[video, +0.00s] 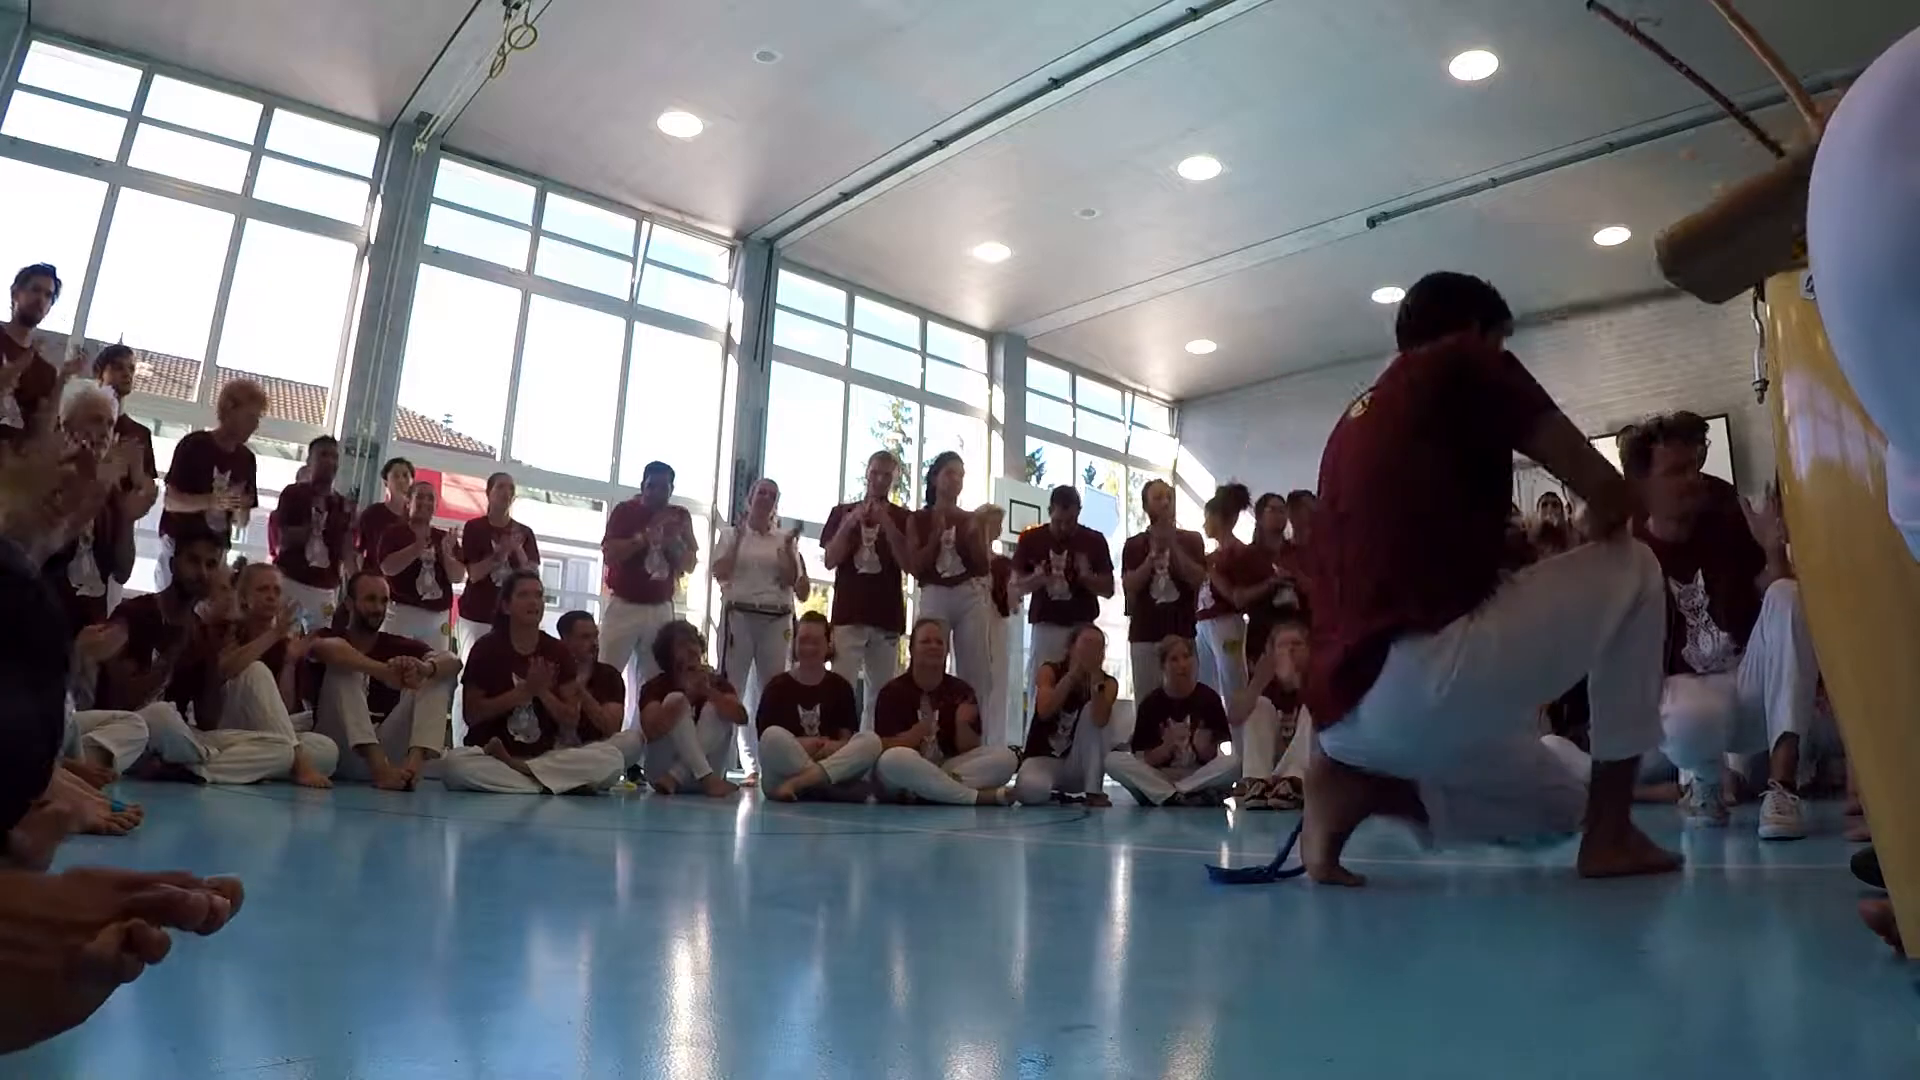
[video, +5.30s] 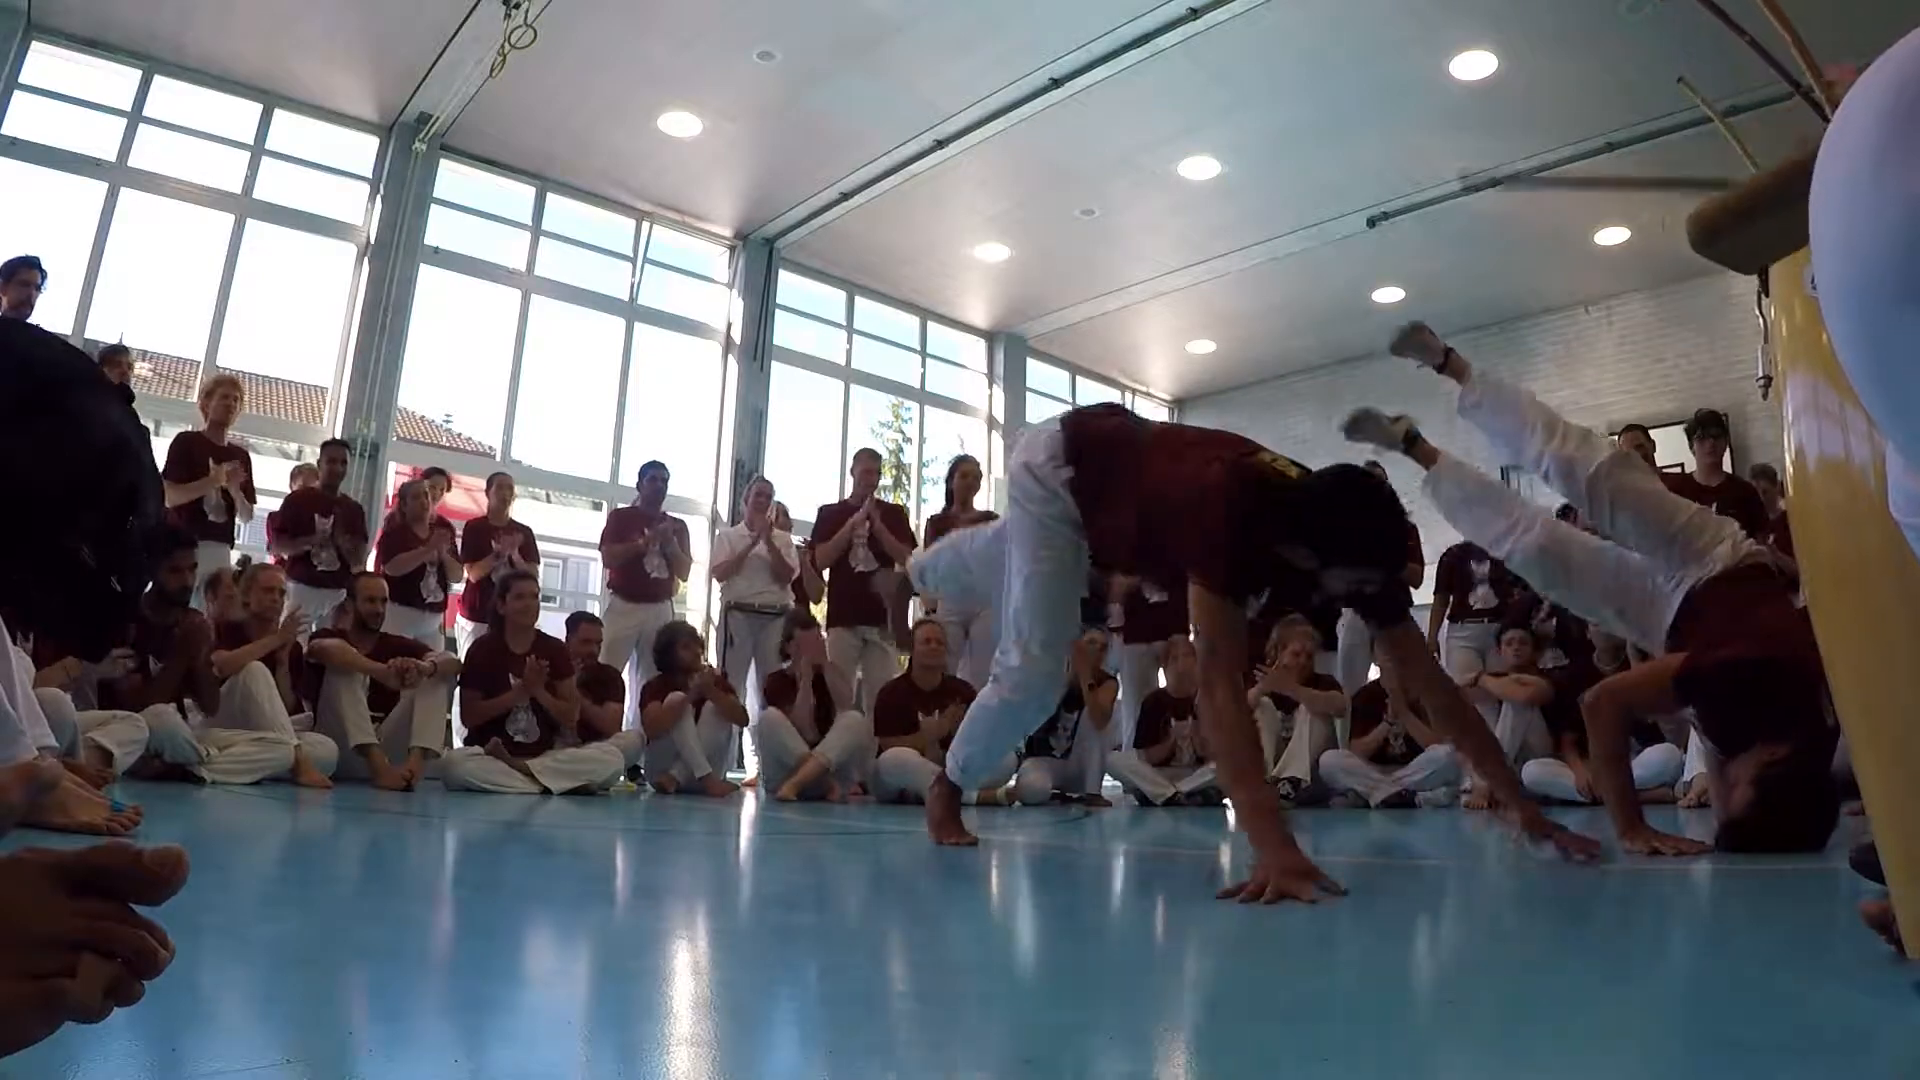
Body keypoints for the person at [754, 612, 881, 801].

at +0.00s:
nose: (809, 645)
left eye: (816, 640)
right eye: (803, 639)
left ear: (828, 645)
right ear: (795, 643)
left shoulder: (840, 686)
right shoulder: (777, 685)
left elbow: (846, 739)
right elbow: (766, 738)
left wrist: (832, 748)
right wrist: (809, 744)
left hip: (831, 769)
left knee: (871, 741)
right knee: (772, 736)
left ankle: (796, 785)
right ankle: (833, 788)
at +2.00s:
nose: (818, 643)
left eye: (825, 639)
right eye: (813, 636)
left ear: (830, 645)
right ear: (797, 639)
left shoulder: (839, 685)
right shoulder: (776, 684)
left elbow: (846, 737)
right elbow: (764, 737)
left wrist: (832, 747)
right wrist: (800, 744)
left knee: (871, 741)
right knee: (773, 736)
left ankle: (797, 784)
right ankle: (835, 789)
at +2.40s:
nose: (817, 642)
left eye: (824, 638)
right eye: (811, 635)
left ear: (829, 645)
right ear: (796, 639)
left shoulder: (837, 685)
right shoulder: (774, 684)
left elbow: (848, 733)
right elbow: (764, 736)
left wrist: (826, 736)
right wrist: (801, 731)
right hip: (783, 776)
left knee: (865, 732)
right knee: (776, 728)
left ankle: (796, 784)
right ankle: (836, 789)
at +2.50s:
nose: (817, 644)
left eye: (823, 640)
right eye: (811, 636)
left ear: (828, 646)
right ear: (796, 639)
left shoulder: (836, 685)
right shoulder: (774, 683)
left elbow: (848, 731)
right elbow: (764, 733)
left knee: (863, 729)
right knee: (778, 723)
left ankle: (795, 784)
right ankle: (837, 788)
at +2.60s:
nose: (817, 644)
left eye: (823, 641)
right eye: (811, 637)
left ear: (828, 647)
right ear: (796, 639)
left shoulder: (835, 683)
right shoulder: (774, 682)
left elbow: (842, 733)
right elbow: (769, 733)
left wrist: (834, 710)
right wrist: (802, 713)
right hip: (784, 775)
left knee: (861, 725)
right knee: (780, 719)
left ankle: (795, 783)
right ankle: (835, 787)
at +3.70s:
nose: (823, 645)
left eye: (830, 640)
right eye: (817, 637)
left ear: (835, 646)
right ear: (801, 638)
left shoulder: (841, 680)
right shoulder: (782, 678)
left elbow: (854, 723)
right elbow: (778, 730)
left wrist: (833, 683)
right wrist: (816, 693)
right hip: (785, 776)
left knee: (866, 729)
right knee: (765, 722)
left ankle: (797, 784)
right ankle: (832, 785)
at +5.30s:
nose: (817, 646)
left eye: (819, 639)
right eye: (809, 642)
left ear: (822, 640)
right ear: (790, 647)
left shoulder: (833, 673)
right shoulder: (776, 681)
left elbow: (847, 705)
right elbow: (803, 732)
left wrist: (826, 663)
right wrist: (805, 680)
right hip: (787, 778)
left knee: (854, 720)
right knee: (769, 717)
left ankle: (794, 784)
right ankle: (829, 785)